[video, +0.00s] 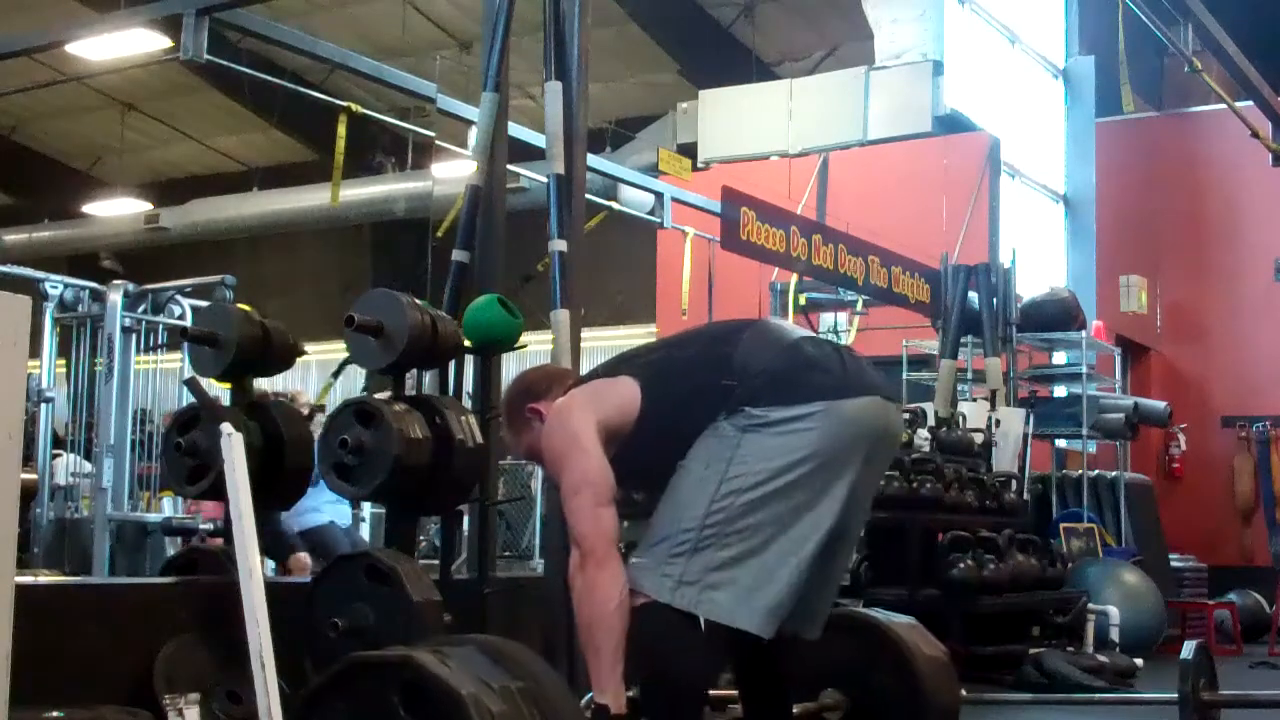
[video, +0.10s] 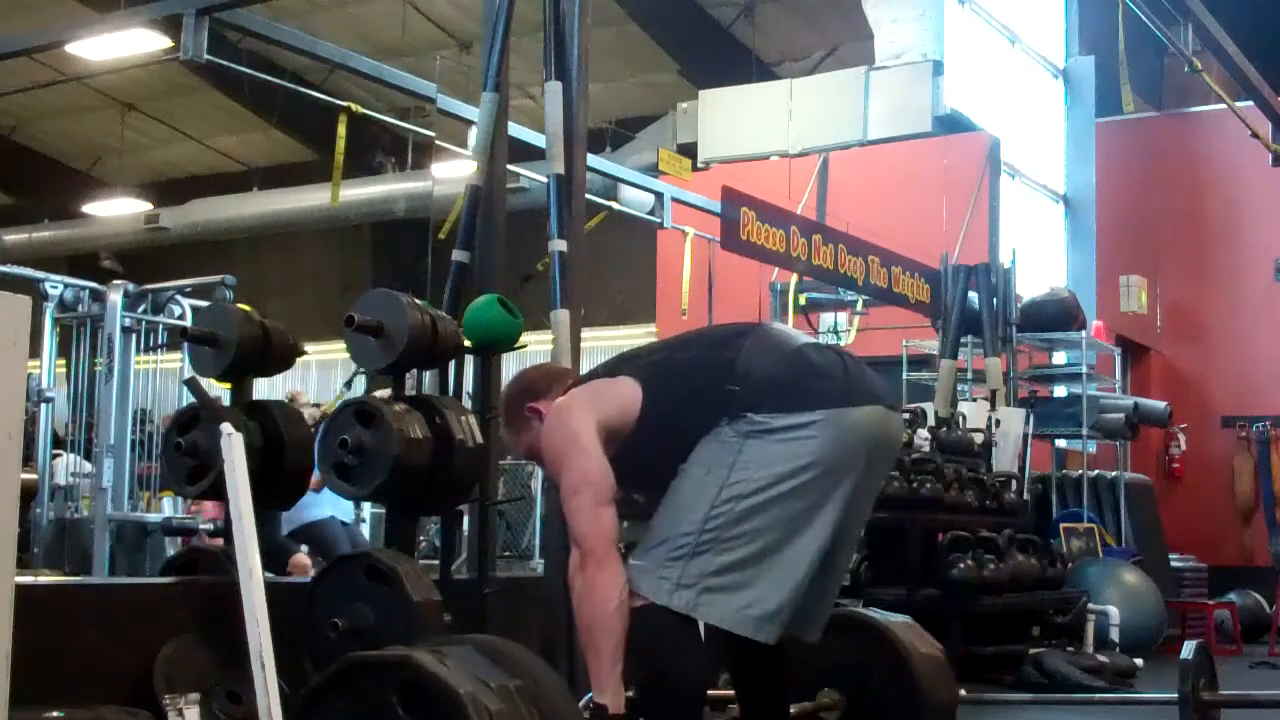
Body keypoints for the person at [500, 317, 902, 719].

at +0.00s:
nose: (544, 467)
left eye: (533, 452)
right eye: (533, 459)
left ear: (539, 413)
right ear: (570, 390)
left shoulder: (570, 415)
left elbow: (596, 556)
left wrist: (607, 701)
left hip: (787, 405)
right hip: (872, 406)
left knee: (662, 604)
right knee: (761, 628)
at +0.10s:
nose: (547, 468)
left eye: (533, 453)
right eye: (533, 460)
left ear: (538, 412)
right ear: (567, 391)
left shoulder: (572, 416)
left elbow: (596, 558)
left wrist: (606, 702)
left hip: (788, 411)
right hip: (872, 410)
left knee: (659, 605)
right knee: (759, 628)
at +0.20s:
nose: (545, 470)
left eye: (532, 454)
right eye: (532, 461)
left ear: (537, 414)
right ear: (566, 392)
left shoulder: (571, 417)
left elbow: (596, 559)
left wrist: (605, 699)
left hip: (790, 412)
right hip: (875, 414)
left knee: (653, 596)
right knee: (755, 624)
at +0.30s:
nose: (545, 469)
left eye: (532, 454)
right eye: (532, 461)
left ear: (537, 415)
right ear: (567, 392)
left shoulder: (571, 417)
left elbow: (595, 559)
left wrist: (606, 701)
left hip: (790, 410)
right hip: (874, 411)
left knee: (654, 598)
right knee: (754, 623)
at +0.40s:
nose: (540, 467)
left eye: (530, 454)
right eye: (529, 461)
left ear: (535, 416)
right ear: (567, 392)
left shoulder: (568, 419)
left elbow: (591, 559)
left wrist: (606, 702)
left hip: (788, 413)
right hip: (872, 414)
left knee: (649, 597)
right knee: (753, 625)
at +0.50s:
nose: (541, 470)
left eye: (530, 455)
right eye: (529, 462)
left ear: (535, 416)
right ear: (568, 391)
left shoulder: (567, 418)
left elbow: (586, 559)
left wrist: (602, 701)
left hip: (787, 414)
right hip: (873, 414)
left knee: (647, 599)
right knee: (754, 625)